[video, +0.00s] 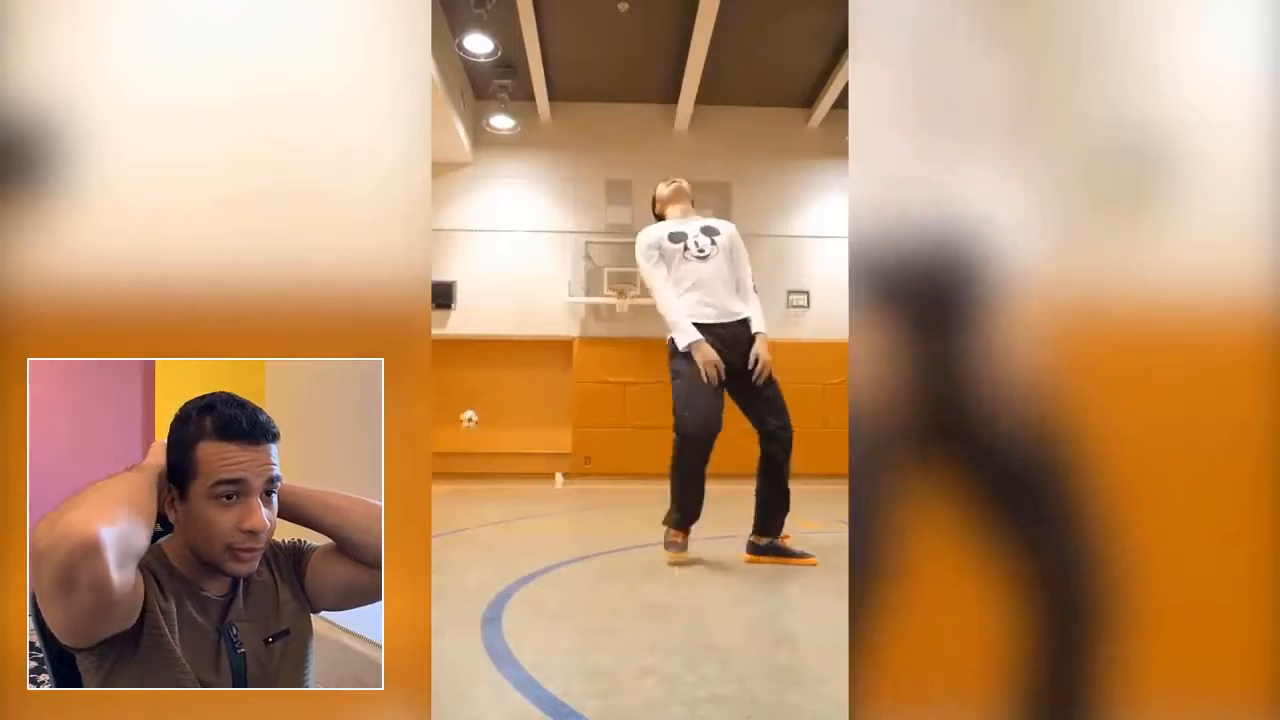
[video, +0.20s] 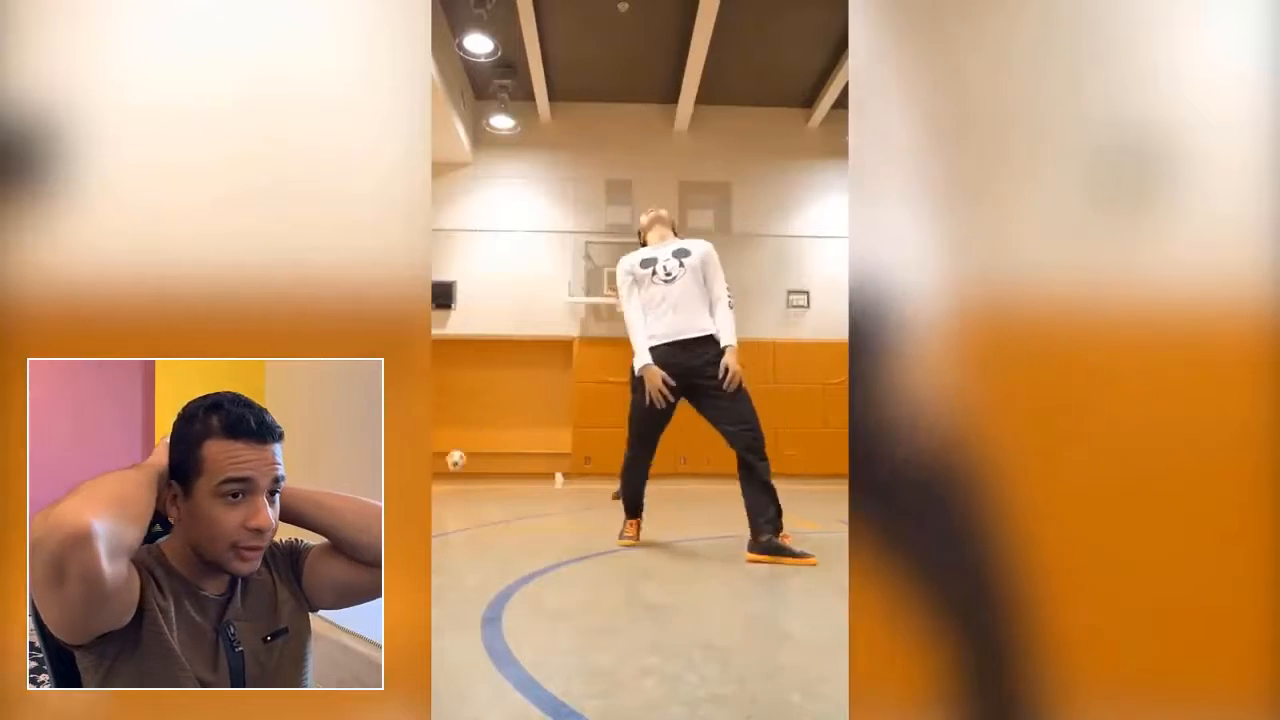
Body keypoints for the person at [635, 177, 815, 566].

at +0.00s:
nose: (675, 181)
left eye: (680, 182)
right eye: (666, 184)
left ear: (693, 199)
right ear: (658, 207)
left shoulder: (725, 228)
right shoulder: (651, 235)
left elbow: (747, 288)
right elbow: (663, 295)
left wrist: (760, 335)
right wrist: (694, 342)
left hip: (739, 334)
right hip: (692, 338)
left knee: (778, 431)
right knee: (697, 430)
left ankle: (766, 535)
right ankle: (679, 525)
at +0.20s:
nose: (655, 210)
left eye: (662, 211)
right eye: (647, 213)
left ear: (674, 227)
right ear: (641, 233)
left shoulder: (700, 247)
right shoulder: (629, 262)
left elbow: (721, 300)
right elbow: (632, 315)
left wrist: (730, 348)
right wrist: (645, 364)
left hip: (706, 353)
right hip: (656, 360)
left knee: (750, 442)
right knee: (639, 448)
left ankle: (765, 535)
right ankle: (631, 518)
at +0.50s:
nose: (625, 215)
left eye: (634, 213)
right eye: (626, 213)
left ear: (647, 226)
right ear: (624, 229)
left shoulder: (659, 251)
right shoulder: (602, 273)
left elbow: (670, 304)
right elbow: (601, 324)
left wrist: (659, 348)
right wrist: (588, 363)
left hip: (649, 348)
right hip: (610, 355)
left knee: (673, 430)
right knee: (614, 439)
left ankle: (659, 492)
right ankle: (630, 522)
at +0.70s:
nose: (603, 235)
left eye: (611, 230)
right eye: (606, 231)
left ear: (626, 238)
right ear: (618, 239)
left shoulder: (642, 273)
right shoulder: (597, 287)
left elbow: (646, 324)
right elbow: (595, 336)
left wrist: (628, 366)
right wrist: (583, 375)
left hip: (630, 369)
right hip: (597, 369)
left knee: (629, 443)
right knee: (601, 442)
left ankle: (629, 512)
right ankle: (618, 516)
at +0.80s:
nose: (600, 239)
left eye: (607, 235)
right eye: (603, 234)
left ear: (622, 245)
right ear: (614, 246)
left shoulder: (635, 281)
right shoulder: (591, 288)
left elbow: (641, 333)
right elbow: (589, 339)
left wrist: (624, 375)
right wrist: (578, 380)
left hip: (626, 376)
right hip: (592, 376)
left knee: (627, 447)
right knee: (590, 444)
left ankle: (627, 513)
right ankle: (609, 515)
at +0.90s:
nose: (599, 234)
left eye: (608, 231)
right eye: (603, 230)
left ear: (619, 246)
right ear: (603, 244)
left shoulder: (626, 276)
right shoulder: (580, 281)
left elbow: (632, 329)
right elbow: (579, 329)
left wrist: (623, 372)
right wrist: (572, 366)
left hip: (612, 370)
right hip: (581, 370)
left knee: (619, 444)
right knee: (563, 436)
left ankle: (626, 513)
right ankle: (588, 508)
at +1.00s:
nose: (596, 238)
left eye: (605, 237)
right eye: (599, 235)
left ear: (615, 252)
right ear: (597, 248)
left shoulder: (618, 278)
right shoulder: (575, 281)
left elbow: (627, 329)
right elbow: (574, 327)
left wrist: (617, 370)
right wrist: (565, 361)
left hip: (602, 366)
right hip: (571, 366)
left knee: (615, 442)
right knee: (546, 437)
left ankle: (626, 512)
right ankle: (564, 508)